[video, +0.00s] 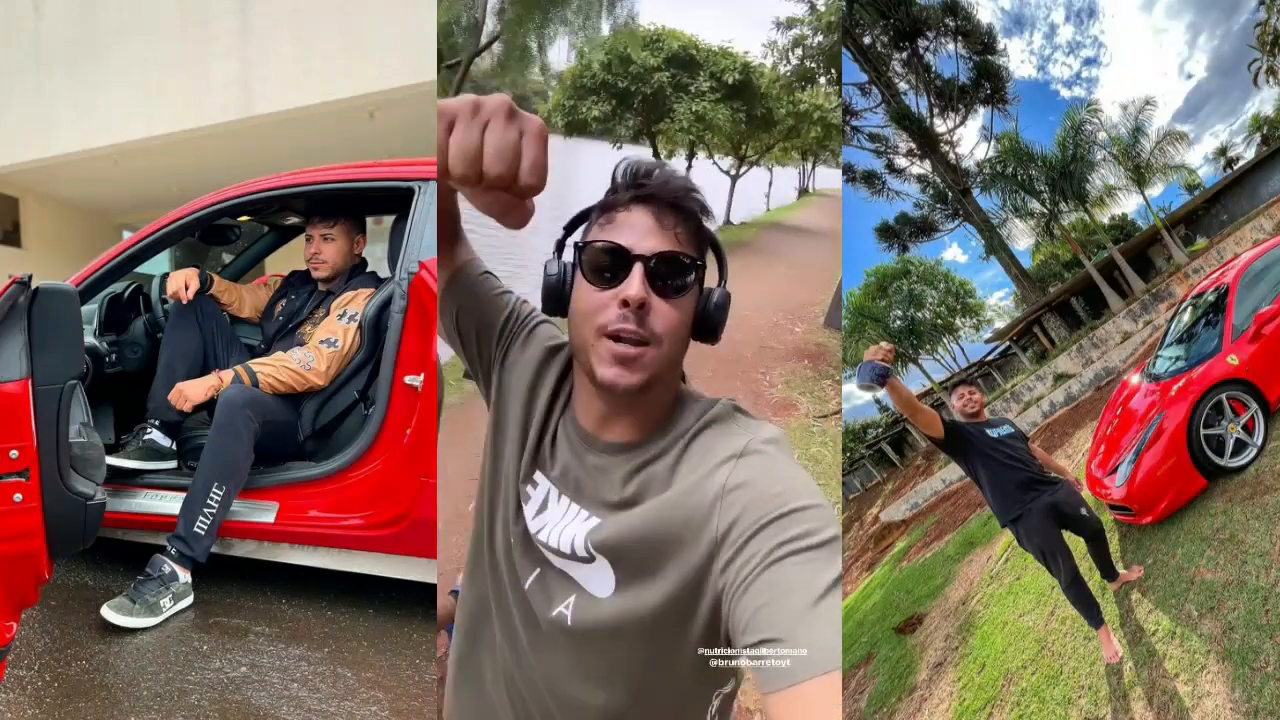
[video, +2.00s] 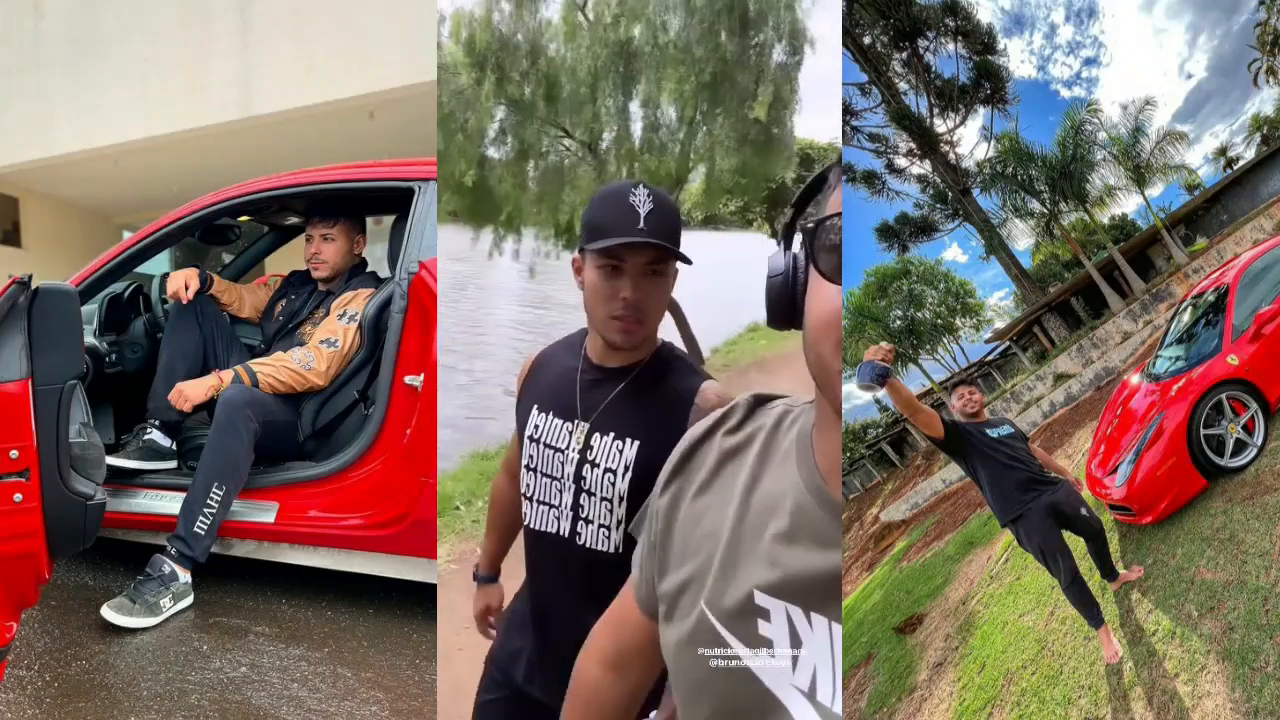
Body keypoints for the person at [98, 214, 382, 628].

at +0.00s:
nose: (314, 249)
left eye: (328, 239)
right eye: (310, 239)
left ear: (359, 245)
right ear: (305, 244)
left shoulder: (362, 297)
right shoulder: (291, 286)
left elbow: (315, 367)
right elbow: (243, 299)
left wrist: (220, 380)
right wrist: (201, 278)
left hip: (314, 411)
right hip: (261, 386)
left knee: (239, 402)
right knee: (195, 302)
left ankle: (177, 567)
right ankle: (160, 433)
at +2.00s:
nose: (315, 249)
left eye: (328, 239)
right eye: (310, 239)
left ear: (358, 245)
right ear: (304, 244)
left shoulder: (361, 297)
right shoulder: (292, 286)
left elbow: (315, 366)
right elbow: (243, 299)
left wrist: (219, 381)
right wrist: (203, 279)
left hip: (315, 411)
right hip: (265, 389)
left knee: (239, 402)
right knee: (196, 303)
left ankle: (177, 568)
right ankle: (161, 433)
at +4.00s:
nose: (314, 250)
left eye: (328, 239)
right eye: (310, 239)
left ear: (358, 245)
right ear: (304, 244)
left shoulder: (362, 297)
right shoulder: (292, 286)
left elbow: (315, 366)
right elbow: (242, 299)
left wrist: (219, 380)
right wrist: (202, 278)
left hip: (316, 410)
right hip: (266, 389)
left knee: (239, 402)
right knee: (195, 303)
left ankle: (177, 568)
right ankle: (161, 433)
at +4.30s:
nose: (314, 250)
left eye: (328, 239)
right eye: (310, 239)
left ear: (358, 245)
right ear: (304, 244)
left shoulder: (362, 297)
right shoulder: (292, 286)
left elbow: (315, 366)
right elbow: (242, 299)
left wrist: (219, 380)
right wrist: (202, 278)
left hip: (316, 410)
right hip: (266, 389)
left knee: (239, 402)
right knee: (196, 303)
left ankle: (177, 568)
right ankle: (161, 433)